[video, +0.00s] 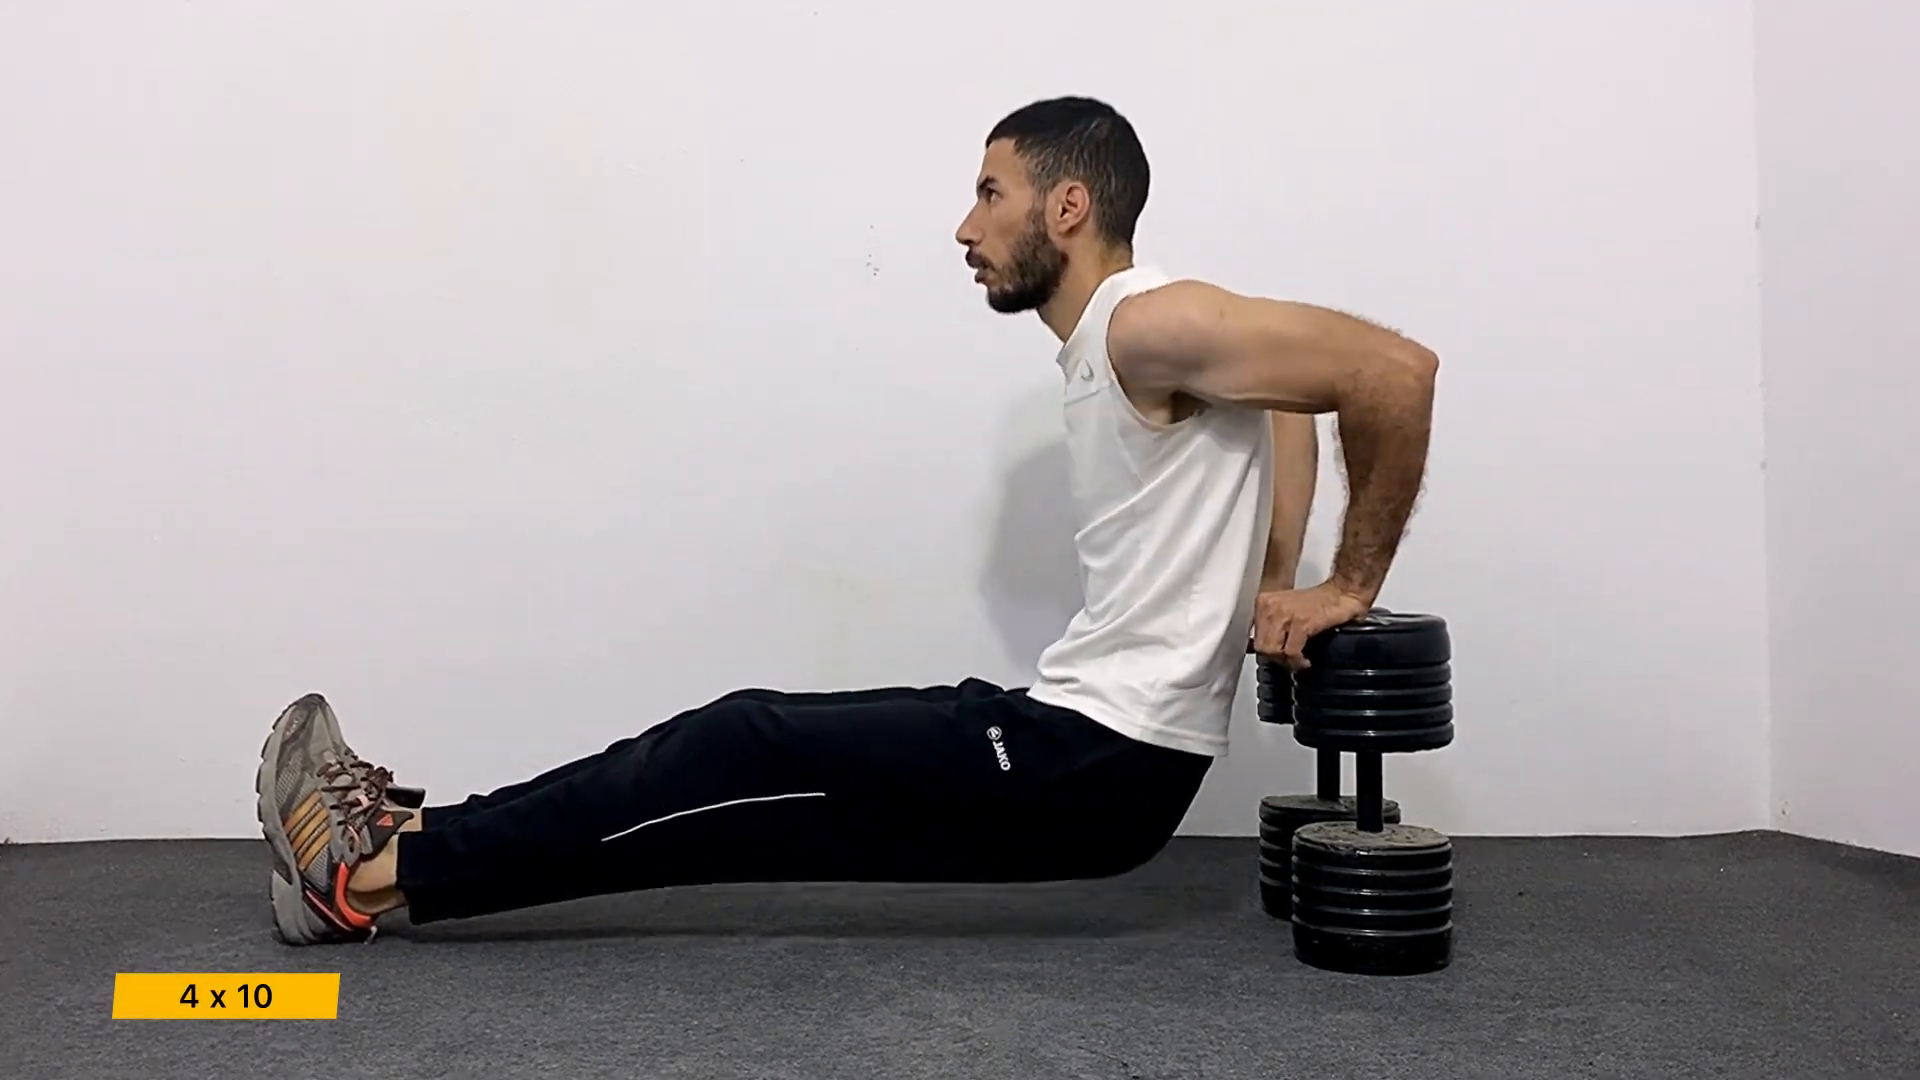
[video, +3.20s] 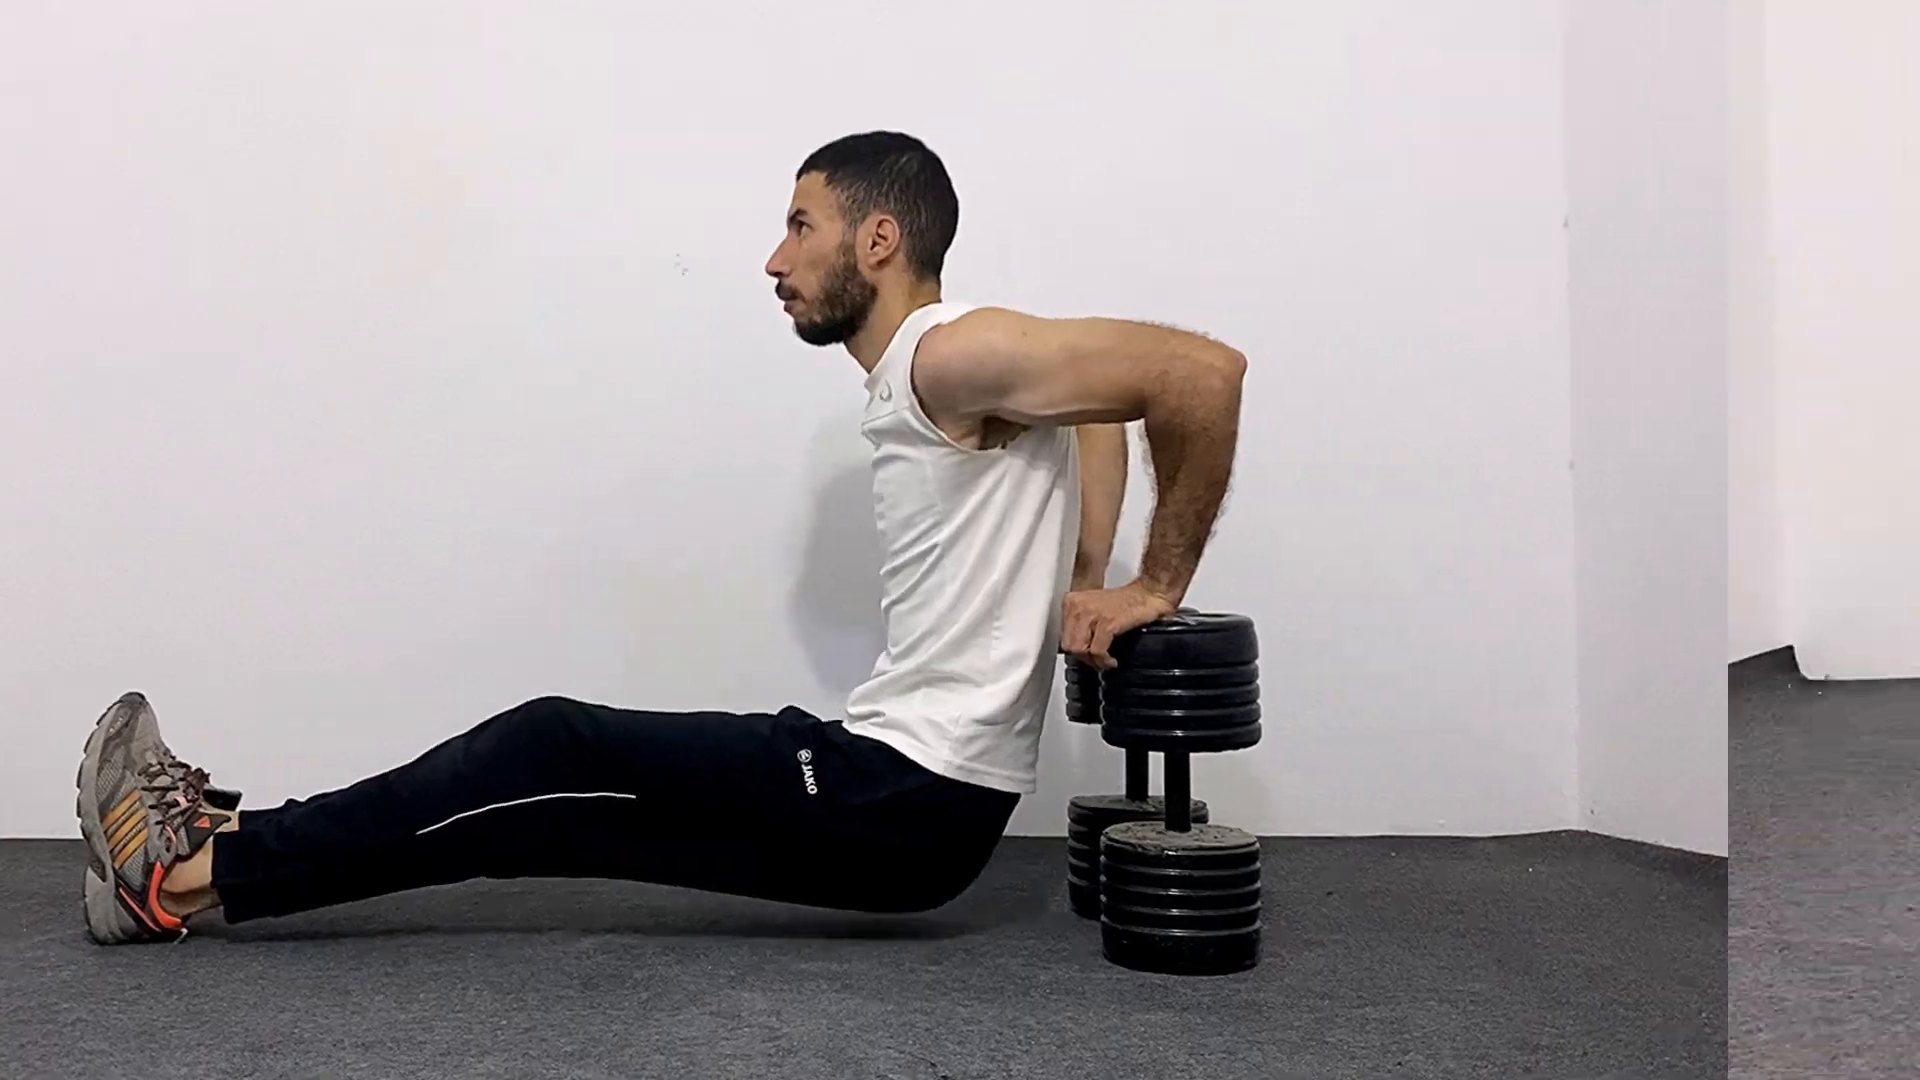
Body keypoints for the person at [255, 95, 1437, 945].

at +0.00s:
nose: (966, 228)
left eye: (989, 196)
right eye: (974, 199)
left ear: (1075, 205)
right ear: (1078, 208)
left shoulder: (1144, 326)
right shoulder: (1123, 322)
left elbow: (1397, 373)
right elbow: (1293, 383)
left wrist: (1352, 589)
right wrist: (1278, 569)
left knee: (735, 752)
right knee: (734, 748)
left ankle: (389, 876)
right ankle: (421, 843)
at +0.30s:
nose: (1003, 72)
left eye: (1026, 41)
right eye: (1010, 44)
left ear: (1110, 46)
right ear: (1102, 49)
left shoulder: (1182, 176)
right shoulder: (1142, 198)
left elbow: (1340, 350)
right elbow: (1259, 386)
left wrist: (1351, 581)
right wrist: (1264, 575)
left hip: (1078, 621)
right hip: (1056, 603)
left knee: (728, 725)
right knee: (723, 711)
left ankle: (386, 876)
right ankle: (415, 848)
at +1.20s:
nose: (978, 237)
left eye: (1001, 206)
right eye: (985, 210)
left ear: (1088, 218)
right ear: (1089, 220)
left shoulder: (1148, 340)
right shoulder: (1129, 339)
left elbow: (1402, 376)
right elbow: (1302, 388)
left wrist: (1355, 590)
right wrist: (1281, 571)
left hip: (1101, 773)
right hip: (1083, 754)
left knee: (737, 749)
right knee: (733, 773)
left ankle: (387, 868)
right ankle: (413, 847)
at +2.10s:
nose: (1010, 70)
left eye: (1029, 41)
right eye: (1015, 44)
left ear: (1113, 42)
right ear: (1105, 48)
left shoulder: (1183, 166)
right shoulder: (1149, 190)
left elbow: (1332, 357)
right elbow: (1261, 387)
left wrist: (1351, 583)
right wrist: (1265, 575)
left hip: (1078, 611)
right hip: (1058, 596)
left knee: (728, 713)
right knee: (724, 701)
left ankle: (390, 873)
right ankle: (417, 843)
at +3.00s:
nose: (973, 227)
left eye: (996, 195)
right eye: (980, 199)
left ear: (1083, 202)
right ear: (1086, 206)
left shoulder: (1144, 323)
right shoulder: (1128, 322)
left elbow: (1395, 374)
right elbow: (1301, 378)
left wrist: (1347, 588)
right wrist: (1275, 566)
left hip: (1094, 758)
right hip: (1079, 744)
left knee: (733, 735)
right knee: (728, 783)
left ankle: (384, 868)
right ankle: (407, 855)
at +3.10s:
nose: (919, 245)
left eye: (943, 213)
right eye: (927, 216)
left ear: (1029, 224)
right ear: (1030, 226)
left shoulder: (1090, 342)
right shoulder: (1073, 347)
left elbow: (1345, 377)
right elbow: (1241, 391)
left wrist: (1299, 587)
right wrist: (1225, 575)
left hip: (1046, 778)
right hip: (1028, 763)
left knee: (686, 738)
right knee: (681, 788)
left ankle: (337, 872)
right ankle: (364, 852)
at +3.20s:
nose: (777, 261)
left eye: (798, 229)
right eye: (784, 232)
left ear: (882, 238)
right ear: (888, 240)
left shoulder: (947, 354)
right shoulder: (936, 359)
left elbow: (1204, 378)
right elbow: (1103, 395)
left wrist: (1161, 591)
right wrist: (1089, 573)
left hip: (906, 792)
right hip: (900, 786)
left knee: (547, 742)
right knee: (536, 800)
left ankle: (194, 876)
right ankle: (228, 850)